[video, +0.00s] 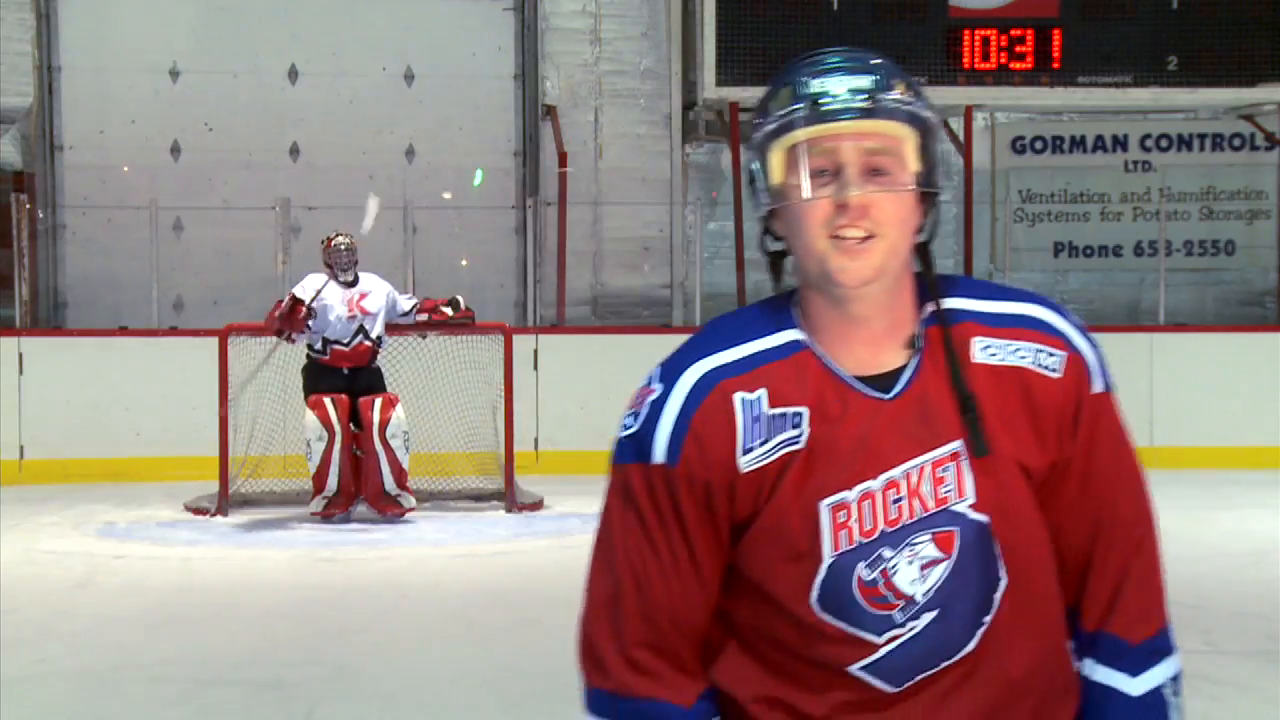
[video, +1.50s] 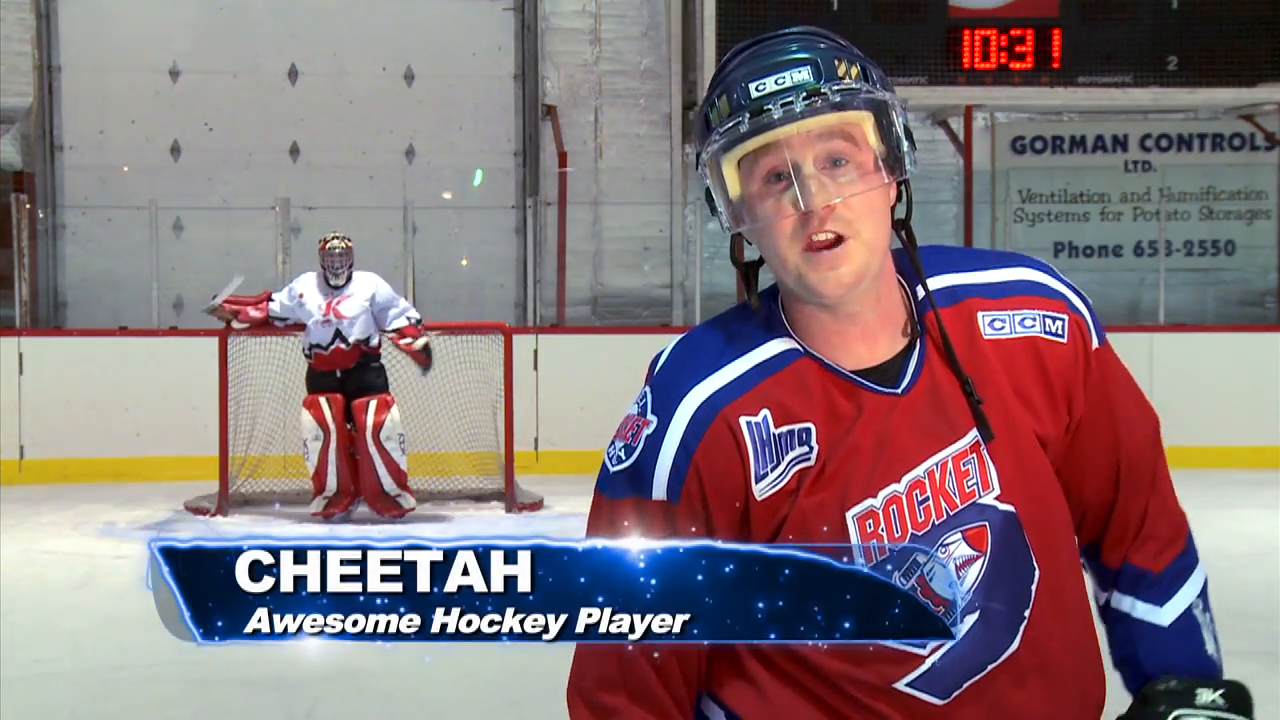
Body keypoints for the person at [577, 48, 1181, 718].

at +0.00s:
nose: (853, 199)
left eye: (880, 170)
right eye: (822, 173)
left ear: (923, 202)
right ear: (777, 210)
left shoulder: (1046, 355)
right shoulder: (693, 405)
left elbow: (1128, 642)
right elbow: (637, 682)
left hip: (1028, 706)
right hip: (795, 706)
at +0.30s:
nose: (928, 181)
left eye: (957, 152)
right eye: (895, 157)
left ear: (1004, 181)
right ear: (855, 193)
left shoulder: (1128, 344)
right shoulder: (771, 375)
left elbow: (1213, 623)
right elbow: (701, 665)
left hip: (1089, 706)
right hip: (850, 706)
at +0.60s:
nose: (876, 218)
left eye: (898, 174)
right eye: (838, 190)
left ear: (949, 179)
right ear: (801, 211)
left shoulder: (1092, 323)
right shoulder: (743, 359)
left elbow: (1177, 594)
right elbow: (658, 627)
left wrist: (1184, 710)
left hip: (1078, 708)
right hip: (827, 710)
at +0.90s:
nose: (834, 219)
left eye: (857, 177)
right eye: (796, 192)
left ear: (905, 180)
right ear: (755, 212)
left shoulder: (1039, 322)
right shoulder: (694, 358)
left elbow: (1131, 591)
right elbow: (629, 584)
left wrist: (1157, 707)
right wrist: (737, 486)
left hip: (1046, 707)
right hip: (792, 709)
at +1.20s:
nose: (822, 192)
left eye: (847, 155)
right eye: (784, 166)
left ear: (894, 176)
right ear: (745, 202)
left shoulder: (1032, 322)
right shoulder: (686, 406)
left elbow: (1123, 585)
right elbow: (623, 678)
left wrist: (1150, 709)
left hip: (1054, 706)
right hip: (808, 709)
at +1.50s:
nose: (815, 201)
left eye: (837, 163)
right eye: (779, 180)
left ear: (889, 180)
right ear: (741, 221)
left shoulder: (1036, 314)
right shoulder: (689, 413)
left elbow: (1139, 527)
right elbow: (626, 689)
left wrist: (1187, 698)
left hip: (1052, 710)